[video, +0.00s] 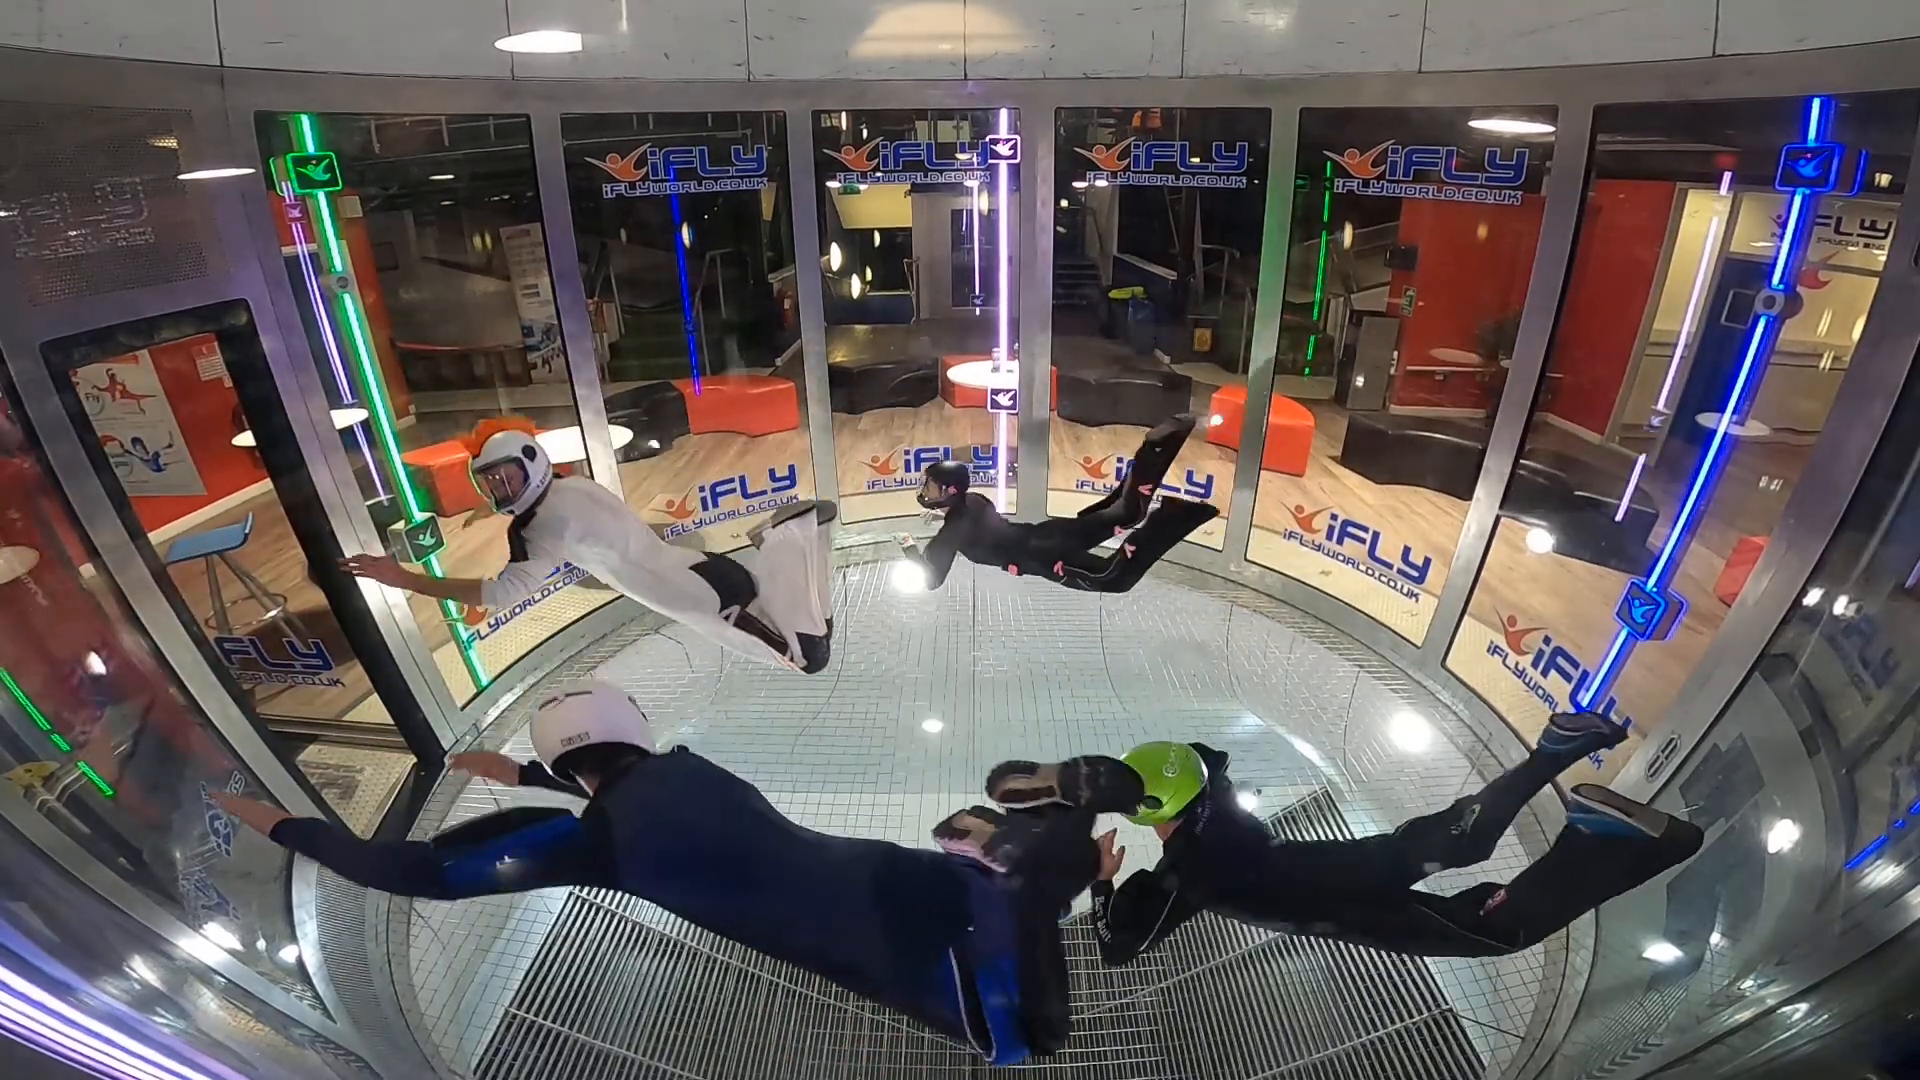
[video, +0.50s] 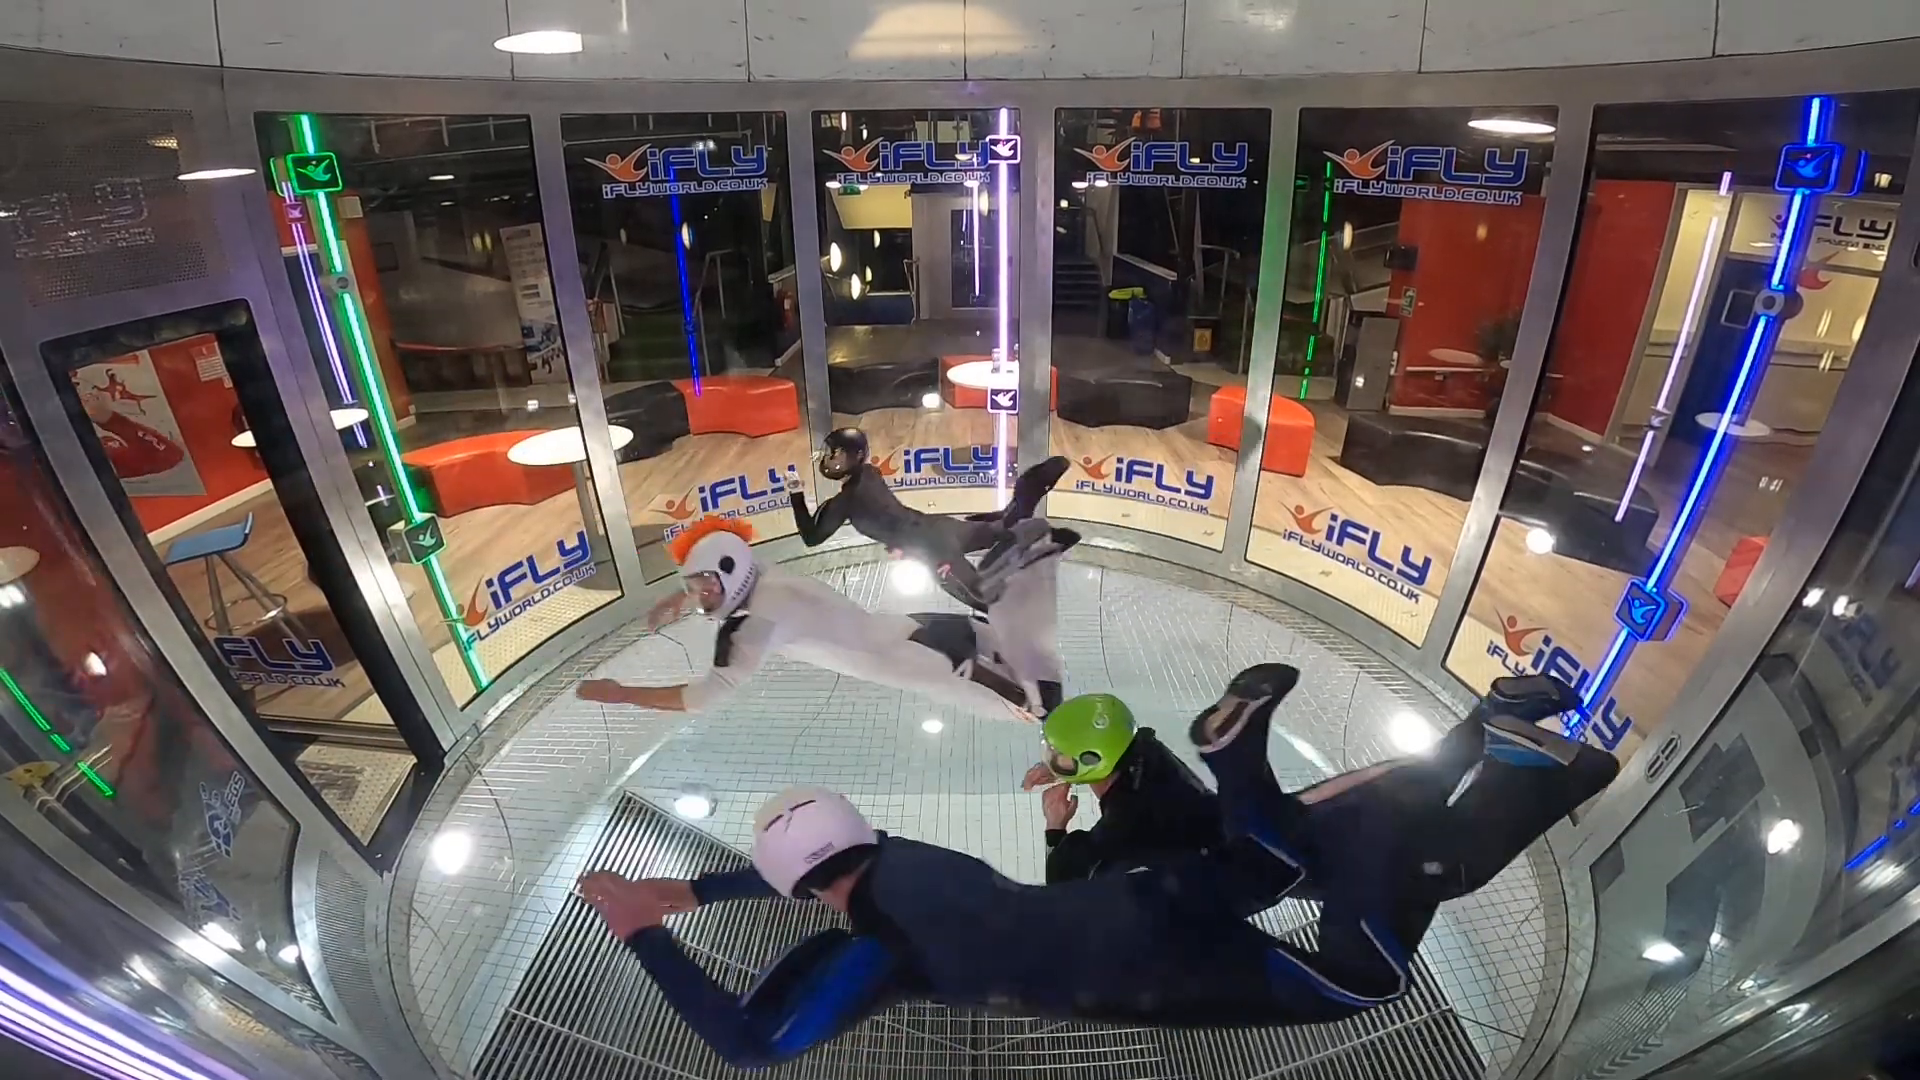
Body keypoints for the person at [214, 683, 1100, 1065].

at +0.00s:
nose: (547, 775)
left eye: (555, 760)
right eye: (546, 762)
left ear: (584, 760)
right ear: (629, 738)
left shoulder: (608, 834)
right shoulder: (667, 768)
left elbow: (424, 870)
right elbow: (583, 773)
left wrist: (294, 827)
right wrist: (501, 767)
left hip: (900, 940)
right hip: (910, 886)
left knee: (1036, 1031)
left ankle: (1036, 861)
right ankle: (1029, 861)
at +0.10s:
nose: (561, 798)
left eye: (568, 783)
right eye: (564, 786)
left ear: (606, 787)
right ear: (651, 773)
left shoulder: (643, 852)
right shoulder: (694, 802)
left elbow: (455, 894)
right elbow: (600, 839)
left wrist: (307, 839)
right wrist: (517, 822)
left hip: (919, 939)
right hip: (925, 895)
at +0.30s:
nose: (699, 785)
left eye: (688, 780)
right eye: (682, 785)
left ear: (692, 823)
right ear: (679, 824)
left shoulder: (743, 868)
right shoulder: (730, 878)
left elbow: (586, 960)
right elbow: (578, 963)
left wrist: (599, 871)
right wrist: (409, 912)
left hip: (1061, 927)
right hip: (1057, 933)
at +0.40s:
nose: (741, 793)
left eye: (726, 796)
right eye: (724, 807)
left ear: (749, 844)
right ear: (735, 863)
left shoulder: (827, 864)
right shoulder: (796, 914)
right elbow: (669, 1006)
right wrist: (523, 913)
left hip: (1129, 910)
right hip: (1176, 954)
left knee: (1331, 761)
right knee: (1348, 764)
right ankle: (1498, 825)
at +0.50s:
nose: (797, 888)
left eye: (797, 875)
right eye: (795, 870)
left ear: (823, 881)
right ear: (852, 844)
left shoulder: (873, 937)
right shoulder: (886, 860)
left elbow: (756, 1037)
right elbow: (793, 873)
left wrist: (648, 942)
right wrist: (690, 885)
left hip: (1144, 960)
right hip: (1125, 901)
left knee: (1365, 970)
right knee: (1265, 882)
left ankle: (1471, 792)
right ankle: (1233, 760)